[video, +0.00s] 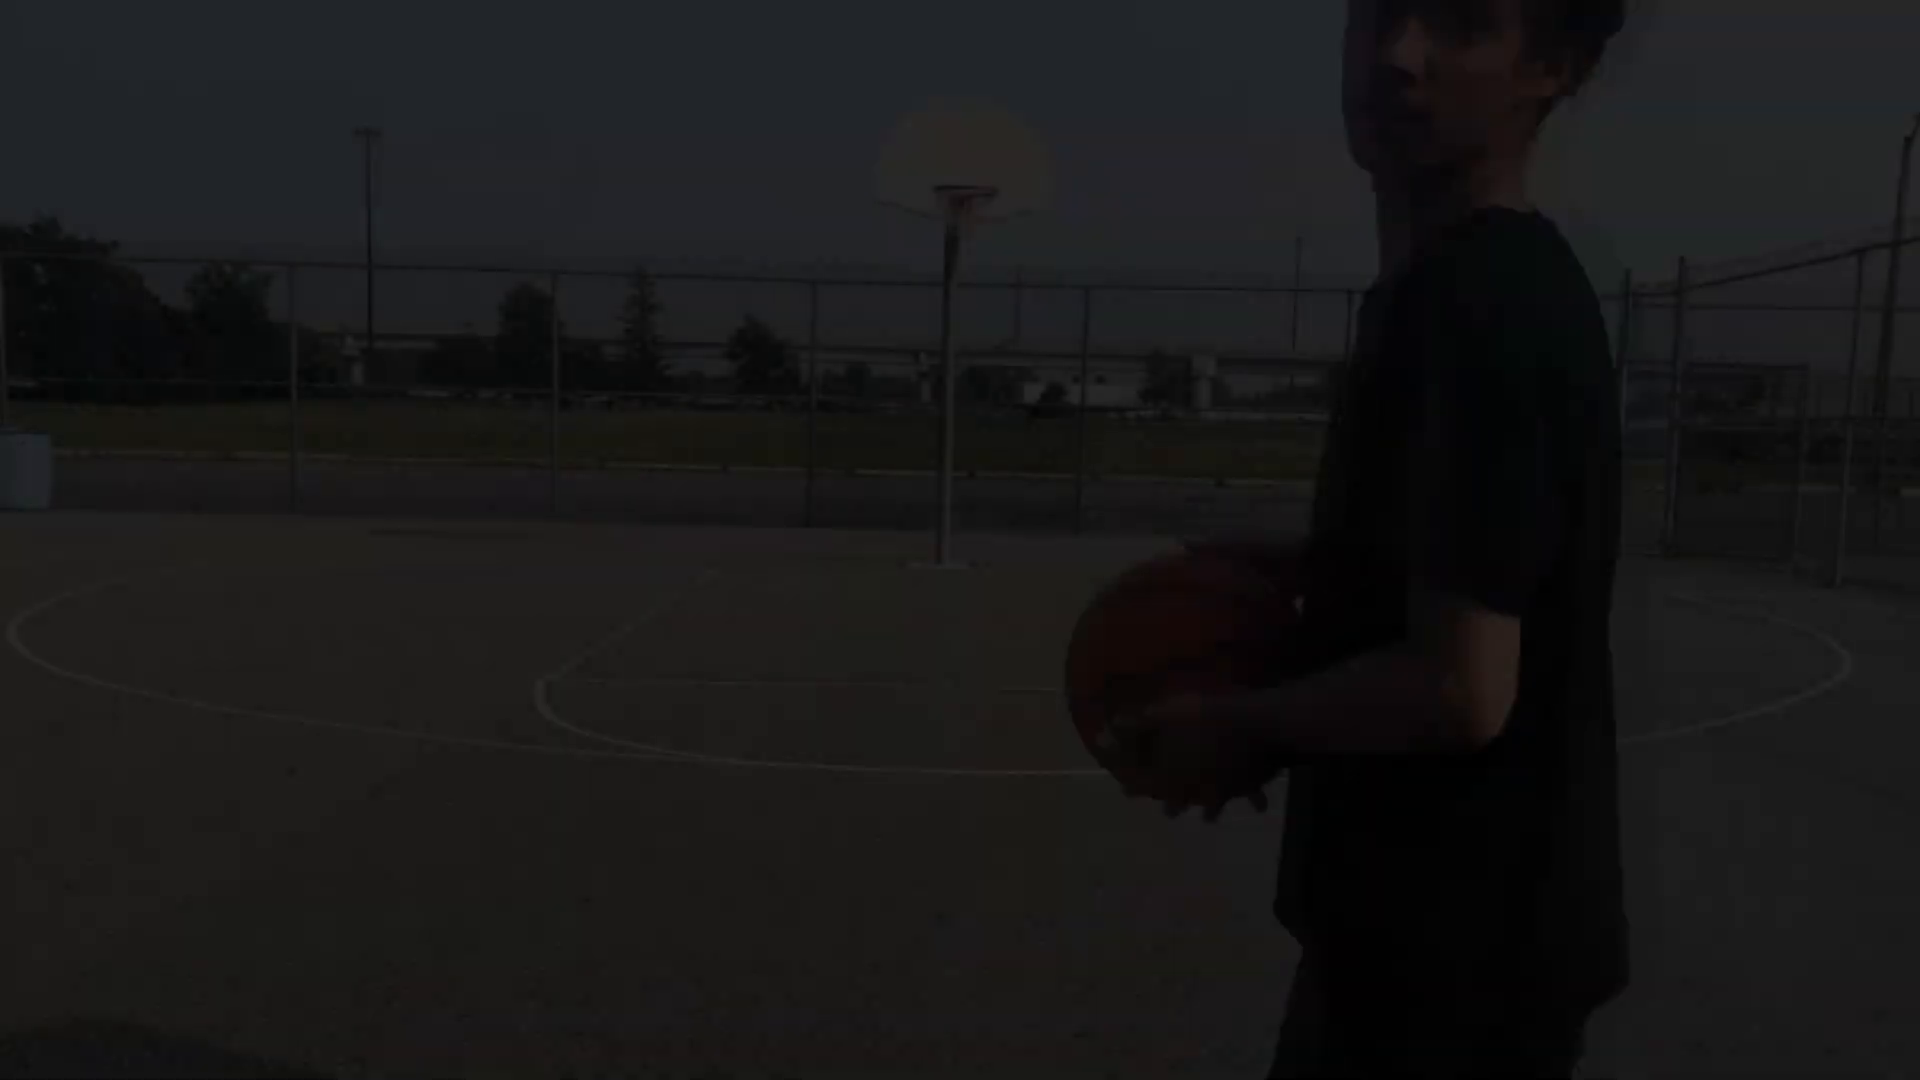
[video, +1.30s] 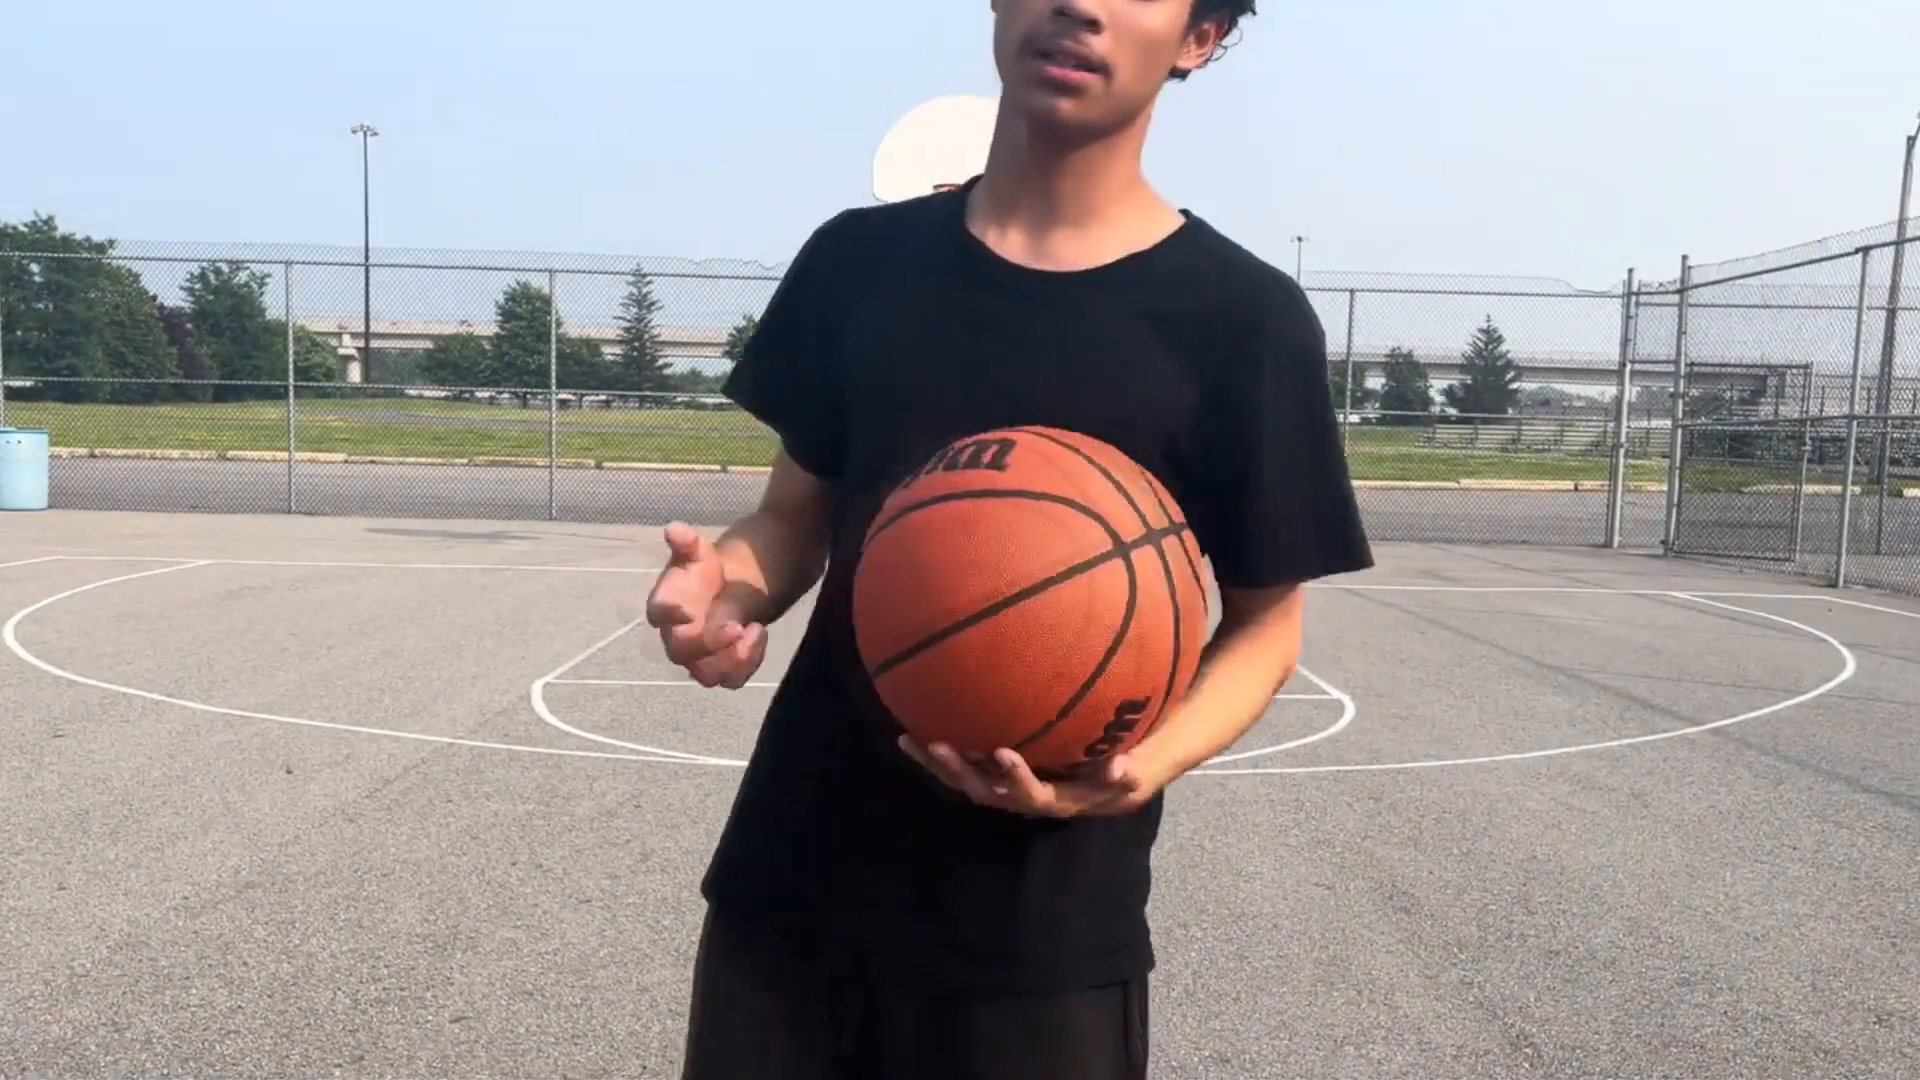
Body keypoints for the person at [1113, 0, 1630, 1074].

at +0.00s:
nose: (1399, 56)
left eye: (1459, 26)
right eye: (1384, 17)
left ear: (1549, 68)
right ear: (1343, 33)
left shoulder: (1481, 298)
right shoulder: (1451, 287)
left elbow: (1464, 685)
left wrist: (1237, 730)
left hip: (1451, 942)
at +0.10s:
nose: (1314, 82)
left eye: (1368, 50)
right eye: (1291, 41)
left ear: (1444, 96)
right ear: (1254, 61)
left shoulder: (1420, 306)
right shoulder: (1324, 307)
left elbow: (1450, 675)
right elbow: (1333, 575)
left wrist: (1193, 758)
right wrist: (1181, 597)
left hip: (1378, 939)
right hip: (1281, 917)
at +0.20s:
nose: (1229, 107)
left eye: (1277, 78)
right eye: (1206, 69)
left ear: (1342, 126)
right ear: (1168, 93)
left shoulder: (1333, 322)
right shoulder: (1224, 324)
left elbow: (1387, 662)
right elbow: (1254, 606)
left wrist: (1119, 770)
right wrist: (1084, 629)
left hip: (1272, 939)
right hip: (1163, 919)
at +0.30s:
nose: (1147, 100)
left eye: (1192, 71)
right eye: (1121, 66)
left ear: (1254, 116)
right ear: (1086, 93)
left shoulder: (1267, 294)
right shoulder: (1136, 315)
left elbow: (1343, 598)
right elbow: (1174, 592)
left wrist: (1072, 699)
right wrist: (1014, 595)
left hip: (1206, 891)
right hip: (1085, 870)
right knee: (1012, 1061)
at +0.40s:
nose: (1083, 79)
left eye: (1123, 53)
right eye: (1055, 50)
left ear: (1179, 100)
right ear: (1016, 86)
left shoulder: (1210, 249)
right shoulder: (1047, 318)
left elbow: (1352, 516)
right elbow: (1051, 555)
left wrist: (1080, 611)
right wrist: (927, 616)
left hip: (1171, 839)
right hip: (1039, 821)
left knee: (1103, 1062)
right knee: (975, 1063)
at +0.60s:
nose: (983, 79)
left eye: (1023, 54)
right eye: (954, 49)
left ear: (1076, 105)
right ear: (913, 88)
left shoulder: (1134, 251)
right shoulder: (926, 345)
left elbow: (1296, 498)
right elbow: (873, 555)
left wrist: (1073, 609)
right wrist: (825, 564)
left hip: (1126, 835)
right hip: (972, 830)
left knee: (1071, 1063)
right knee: (957, 1063)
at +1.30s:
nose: (1073, 3)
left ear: (1198, 37)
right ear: (999, 4)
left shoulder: (1247, 318)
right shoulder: (855, 261)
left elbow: (1267, 622)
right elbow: (792, 516)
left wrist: (1147, 760)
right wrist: (736, 587)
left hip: (1046, 916)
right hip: (798, 888)